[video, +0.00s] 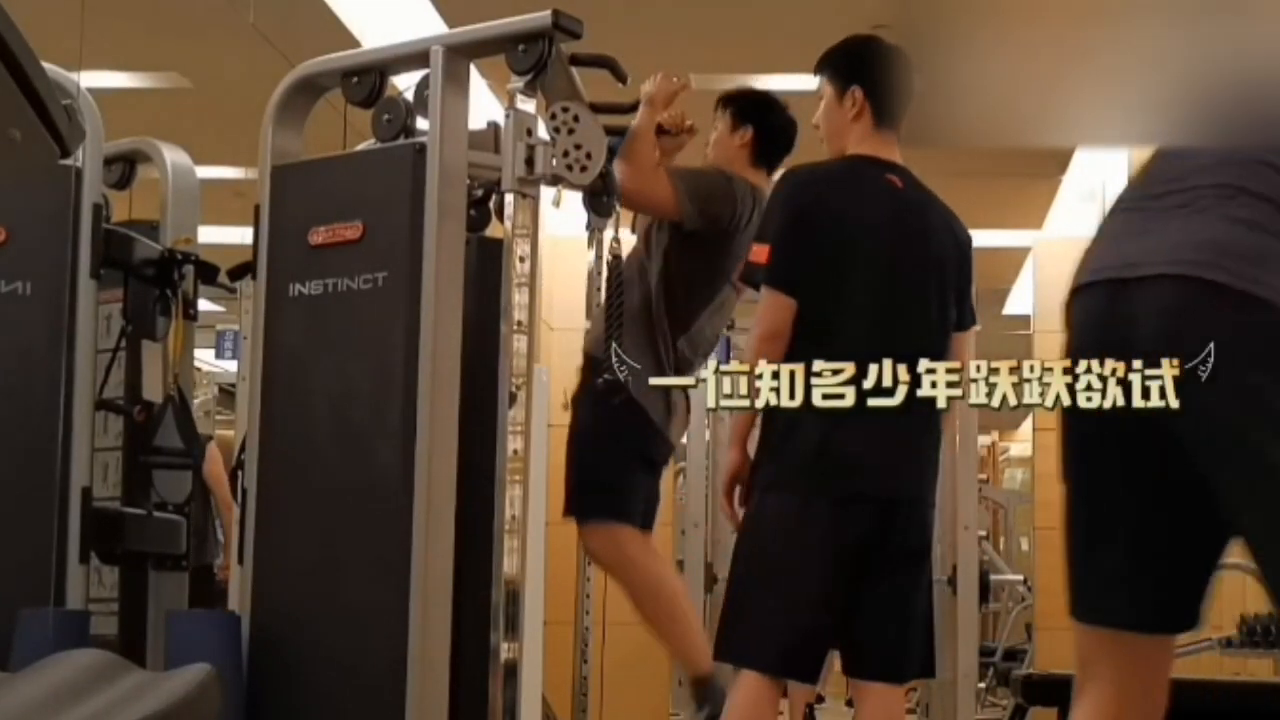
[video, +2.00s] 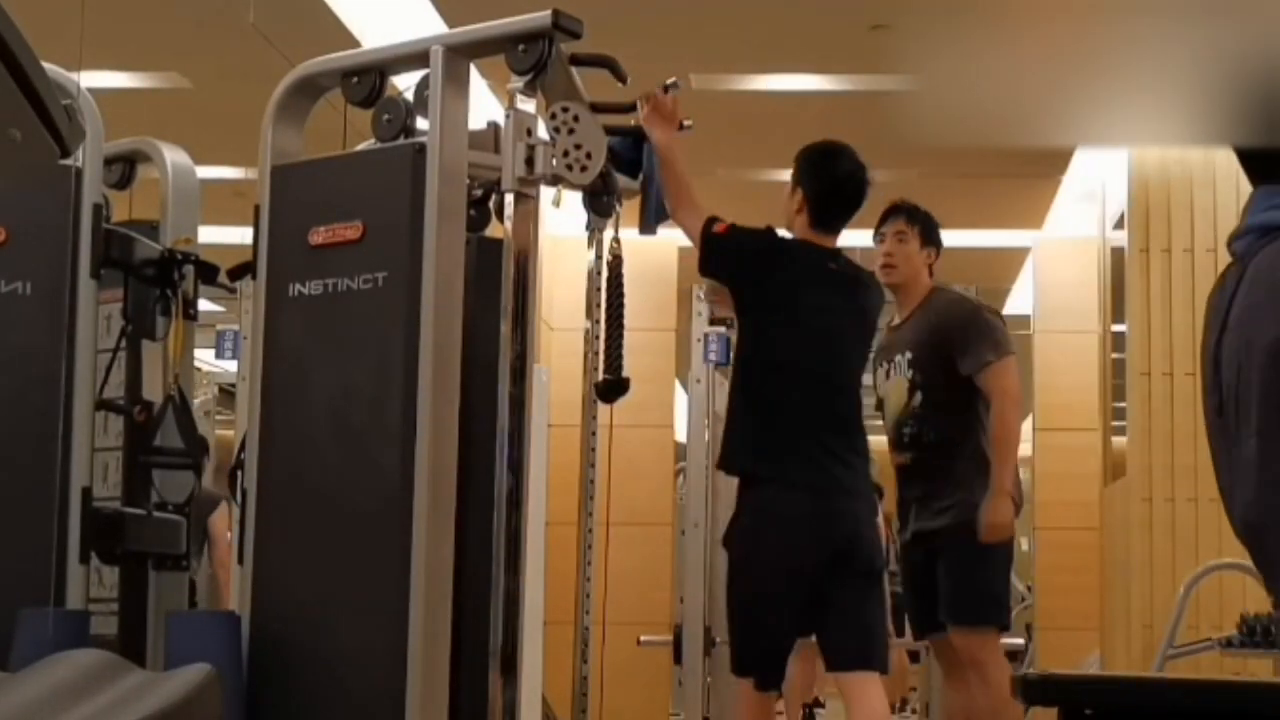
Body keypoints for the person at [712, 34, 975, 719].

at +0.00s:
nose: (816, 116)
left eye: (822, 99)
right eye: (818, 100)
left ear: (854, 102)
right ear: (886, 108)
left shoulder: (808, 189)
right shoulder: (947, 227)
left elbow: (774, 333)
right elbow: (957, 367)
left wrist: (740, 440)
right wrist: (903, 437)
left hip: (806, 474)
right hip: (903, 482)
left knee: (761, 667)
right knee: (882, 677)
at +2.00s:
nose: (786, 197)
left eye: (790, 188)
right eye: (792, 188)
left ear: (798, 199)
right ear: (853, 210)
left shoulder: (763, 258)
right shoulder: (865, 290)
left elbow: (687, 212)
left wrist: (663, 140)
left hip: (773, 498)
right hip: (850, 504)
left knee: (758, 681)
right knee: (862, 676)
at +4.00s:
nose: (705, 230)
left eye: (717, 227)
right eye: (713, 223)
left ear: (736, 249)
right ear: (739, 256)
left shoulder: (700, 294)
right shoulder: (696, 293)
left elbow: (638, 211)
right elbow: (646, 218)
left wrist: (644, 127)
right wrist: (654, 142)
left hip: (584, 465)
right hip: (597, 465)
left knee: (539, 618)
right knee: (585, 607)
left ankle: (668, 689)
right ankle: (689, 646)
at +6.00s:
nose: (722, 219)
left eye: (734, 219)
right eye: (732, 215)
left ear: (747, 248)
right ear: (751, 253)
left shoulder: (707, 286)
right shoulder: (707, 288)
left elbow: (642, 208)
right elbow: (646, 214)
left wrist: (644, 125)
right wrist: (656, 137)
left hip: (603, 455)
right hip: (621, 456)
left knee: (558, 621)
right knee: (607, 602)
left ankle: (699, 654)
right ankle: (702, 630)